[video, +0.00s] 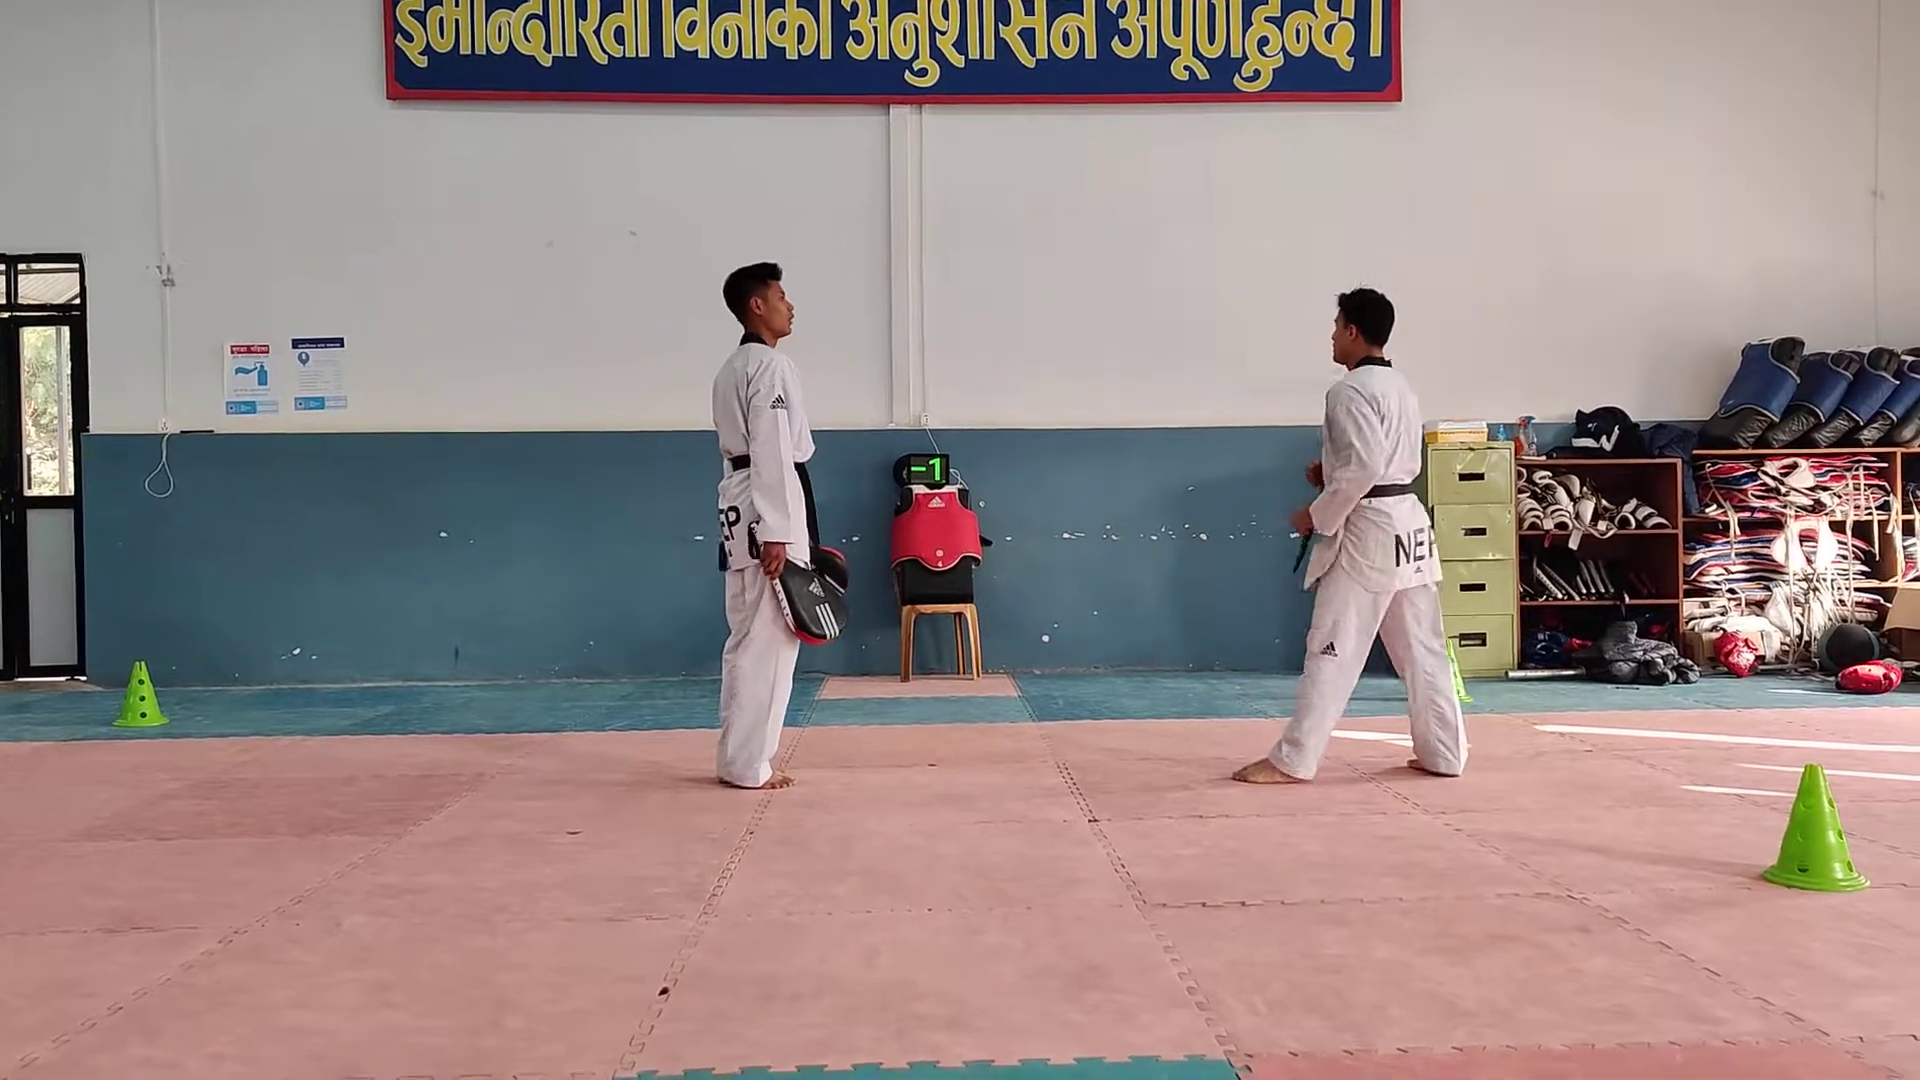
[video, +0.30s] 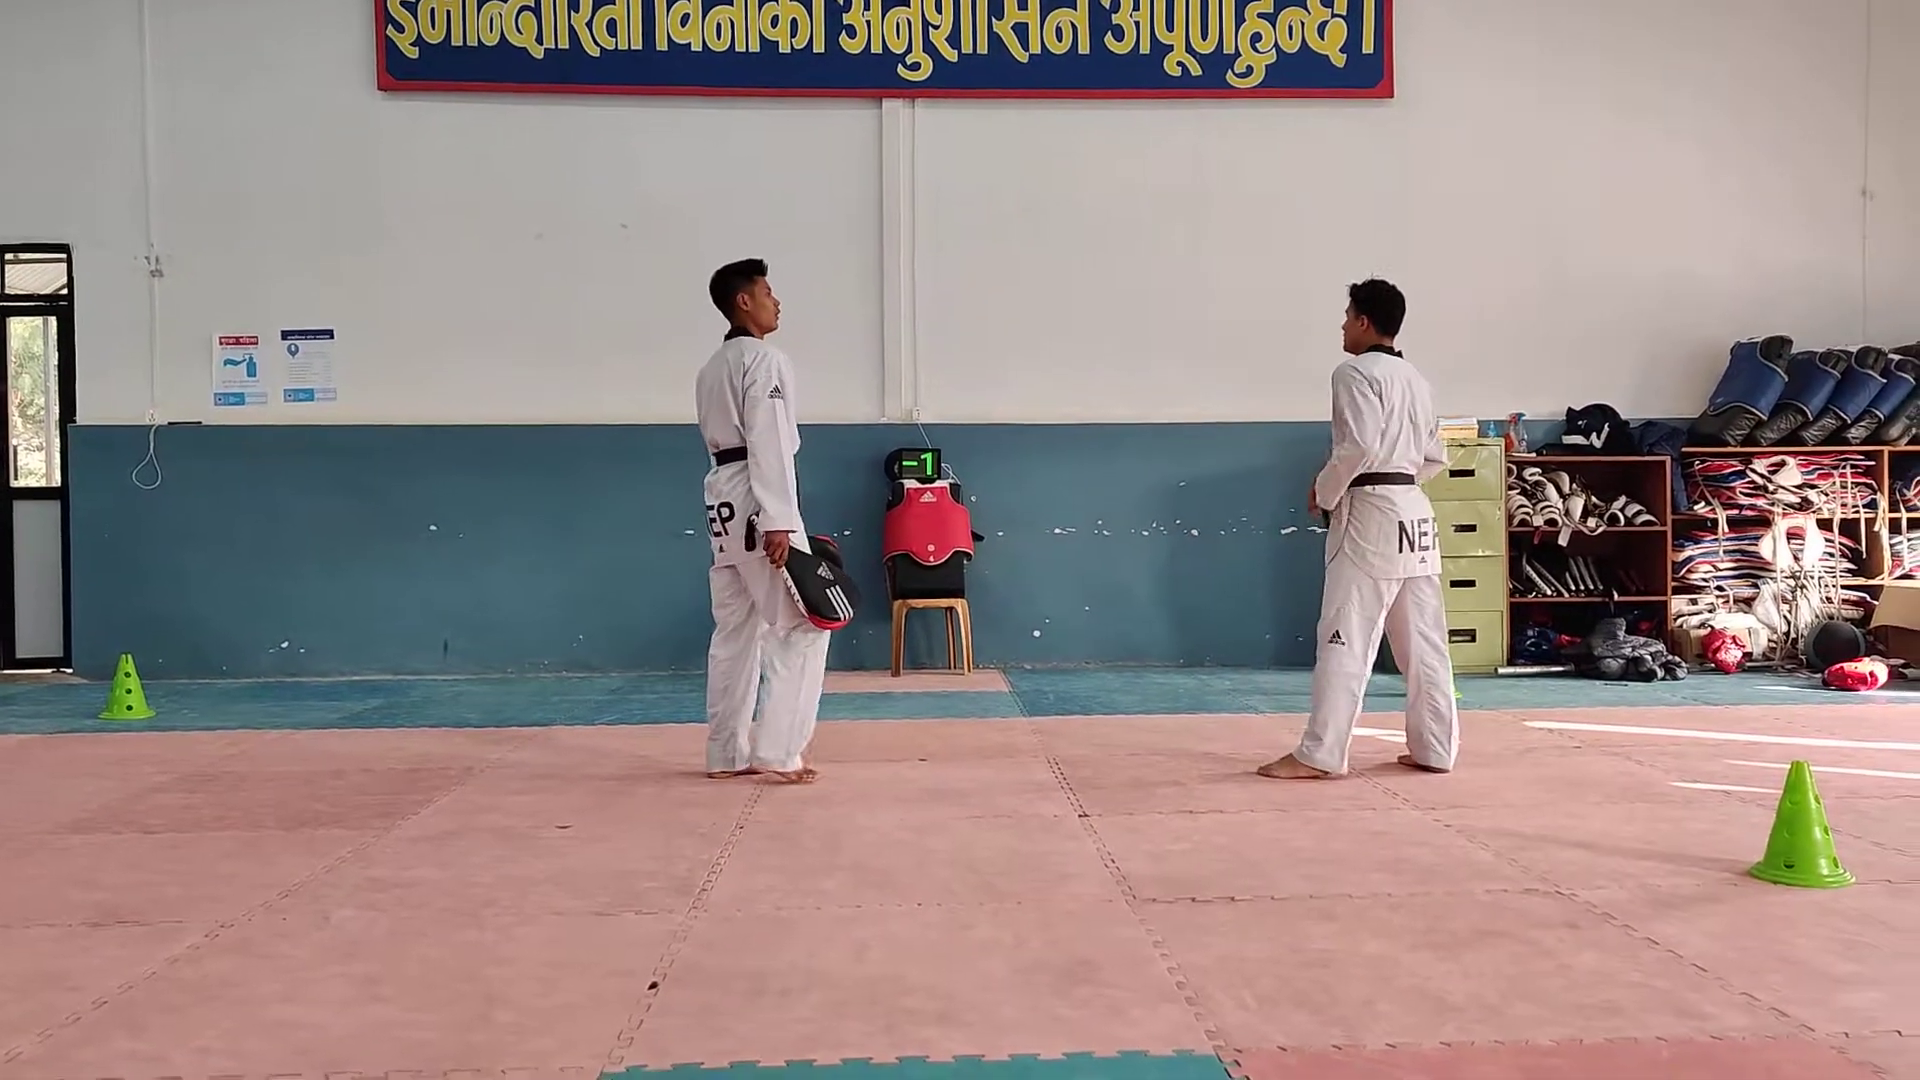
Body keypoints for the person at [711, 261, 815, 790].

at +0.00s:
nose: (790, 305)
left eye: (786, 296)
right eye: (781, 297)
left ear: (751, 308)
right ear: (758, 306)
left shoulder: (732, 368)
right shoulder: (769, 365)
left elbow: (742, 460)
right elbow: (771, 457)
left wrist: (798, 534)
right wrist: (775, 532)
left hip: (739, 513)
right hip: (767, 514)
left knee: (748, 636)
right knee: (769, 638)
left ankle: (740, 757)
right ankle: (748, 763)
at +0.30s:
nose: (777, 300)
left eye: (772, 291)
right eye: (768, 292)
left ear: (736, 305)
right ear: (743, 301)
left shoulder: (711, 368)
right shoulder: (762, 357)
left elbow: (727, 455)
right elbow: (768, 446)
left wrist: (795, 528)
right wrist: (779, 519)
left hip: (721, 508)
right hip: (759, 507)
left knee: (733, 630)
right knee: (802, 625)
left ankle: (725, 753)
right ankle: (778, 754)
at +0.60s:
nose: (786, 294)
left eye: (781, 284)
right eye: (778, 286)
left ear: (745, 299)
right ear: (754, 295)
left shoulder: (712, 362)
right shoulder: (777, 353)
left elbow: (701, 448)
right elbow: (781, 441)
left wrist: (718, 503)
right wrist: (787, 518)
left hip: (723, 499)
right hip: (766, 497)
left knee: (729, 628)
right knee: (792, 629)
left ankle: (717, 749)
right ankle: (812, 758)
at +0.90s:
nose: (814, 298)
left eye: (810, 287)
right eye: (806, 288)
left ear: (771, 298)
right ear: (780, 295)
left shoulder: (726, 357)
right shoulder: (801, 356)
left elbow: (698, 433)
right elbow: (818, 447)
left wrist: (729, 487)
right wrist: (844, 525)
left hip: (729, 494)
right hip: (779, 491)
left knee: (724, 627)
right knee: (794, 627)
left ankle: (708, 748)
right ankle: (802, 757)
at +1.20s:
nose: (842, 319)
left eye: (841, 308)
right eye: (836, 308)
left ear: (800, 309)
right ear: (811, 308)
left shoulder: (740, 357)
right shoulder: (814, 366)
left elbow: (701, 421)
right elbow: (862, 451)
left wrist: (742, 458)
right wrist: (935, 465)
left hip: (719, 488)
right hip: (766, 492)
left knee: (713, 626)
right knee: (776, 627)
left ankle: (701, 754)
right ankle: (788, 762)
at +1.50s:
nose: (839, 327)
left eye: (839, 316)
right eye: (834, 316)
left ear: (795, 316)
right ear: (809, 315)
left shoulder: (736, 362)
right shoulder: (804, 375)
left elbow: (693, 422)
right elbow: (841, 462)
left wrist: (733, 460)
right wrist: (915, 472)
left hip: (708, 495)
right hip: (754, 502)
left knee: (708, 633)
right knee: (769, 633)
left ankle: (697, 759)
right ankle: (783, 766)